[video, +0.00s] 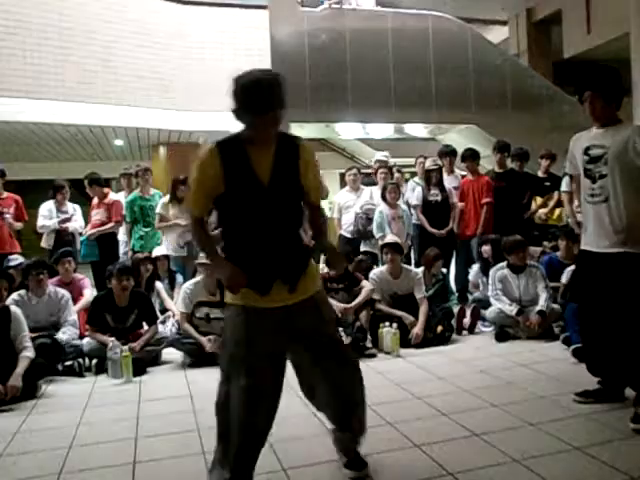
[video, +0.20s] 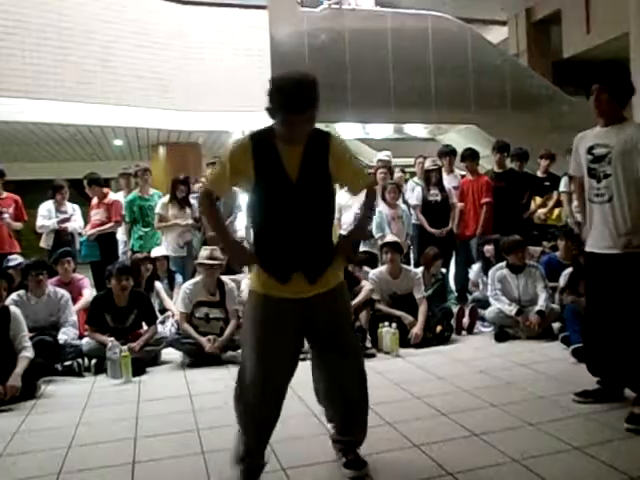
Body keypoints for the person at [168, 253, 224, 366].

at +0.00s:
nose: (208, 270)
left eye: (211, 266)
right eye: (203, 266)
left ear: (218, 267)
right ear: (198, 268)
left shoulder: (226, 289)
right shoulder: (189, 288)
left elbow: (233, 317)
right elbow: (183, 321)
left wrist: (223, 340)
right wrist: (202, 340)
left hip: (221, 336)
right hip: (196, 333)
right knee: (175, 341)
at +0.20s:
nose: (211, 271)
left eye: (215, 267)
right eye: (207, 267)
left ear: (221, 268)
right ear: (199, 268)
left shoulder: (228, 287)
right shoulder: (189, 288)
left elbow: (234, 319)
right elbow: (182, 322)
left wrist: (221, 341)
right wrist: (202, 340)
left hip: (221, 334)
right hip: (196, 334)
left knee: (238, 343)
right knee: (174, 341)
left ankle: (198, 359)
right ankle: (223, 357)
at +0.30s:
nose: (211, 270)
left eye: (214, 267)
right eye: (207, 267)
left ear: (220, 268)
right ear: (199, 268)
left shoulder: (228, 287)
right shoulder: (188, 288)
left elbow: (233, 319)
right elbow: (182, 321)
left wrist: (221, 341)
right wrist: (201, 340)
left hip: (221, 334)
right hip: (197, 336)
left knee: (248, 334)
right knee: (173, 340)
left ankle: (198, 359)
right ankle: (223, 357)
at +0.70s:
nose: (214, 270)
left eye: (218, 266)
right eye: (210, 266)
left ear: (224, 268)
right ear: (203, 269)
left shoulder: (232, 288)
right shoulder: (192, 289)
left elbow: (238, 319)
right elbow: (185, 322)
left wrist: (225, 342)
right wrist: (206, 341)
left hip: (226, 335)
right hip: (201, 335)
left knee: (254, 336)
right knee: (179, 342)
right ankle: (227, 357)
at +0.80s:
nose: (221, 270)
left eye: (225, 265)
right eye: (217, 266)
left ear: (230, 267)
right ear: (209, 268)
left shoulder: (238, 287)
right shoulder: (198, 288)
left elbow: (244, 319)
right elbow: (191, 321)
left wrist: (231, 341)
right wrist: (212, 340)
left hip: (233, 335)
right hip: (207, 335)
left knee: (261, 335)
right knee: (185, 341)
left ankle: (209, 359)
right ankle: (233, 357)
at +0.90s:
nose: (219, 269)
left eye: (224, 265)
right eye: (215, 265)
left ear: (230, 267)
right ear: (208, 266)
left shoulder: (236, 287)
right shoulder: (198, 287)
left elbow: (243, 318)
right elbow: (191, 320)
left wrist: (230, 339)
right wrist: (210, 339)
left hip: (230, 329)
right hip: (207, 330)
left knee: (258, 333)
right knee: (186, 336)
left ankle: (207, 356)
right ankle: (234, 355)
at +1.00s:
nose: (222, 265)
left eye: (225, 260)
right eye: (217, 261)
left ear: (232, 262)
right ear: (211, 262)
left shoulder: (239, 282)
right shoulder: (199, 282)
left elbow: (244, 314)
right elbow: (192, 314)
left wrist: (231, 336)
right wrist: (212, 335)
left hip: (232, 328)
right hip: (207, 329)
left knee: (257, 329)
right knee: (184, 334)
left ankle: (207, 352)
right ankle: (233, 351)